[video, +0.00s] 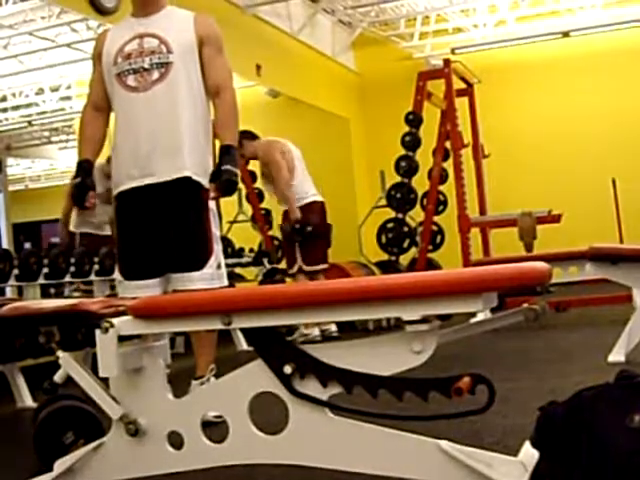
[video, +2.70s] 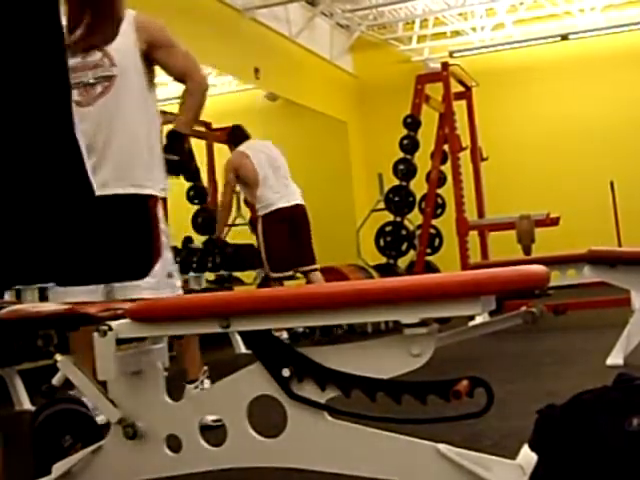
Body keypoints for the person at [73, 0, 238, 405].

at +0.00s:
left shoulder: (199, 27)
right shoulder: (107, 40)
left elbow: (222, 92)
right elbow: (97, 108)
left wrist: (229, 155)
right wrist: (84, 169)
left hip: (187, 174)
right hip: (132, 181)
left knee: (199, 287)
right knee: (141, 294)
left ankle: (205, 381)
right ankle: (150, 387)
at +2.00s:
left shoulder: (209, 29)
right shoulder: (119, 39)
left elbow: (261, 78)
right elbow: (106, 106)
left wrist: (232, 129)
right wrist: (93, 161)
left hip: (193, 179)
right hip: (135, 182)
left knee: (201, 294)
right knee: (135, 297)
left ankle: (203, 383)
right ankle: (143, 387)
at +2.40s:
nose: (92, 10)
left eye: (96, 4)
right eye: (89, 8)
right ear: (98, 2)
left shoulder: (182, 26)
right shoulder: (93, 41)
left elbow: (240, 73)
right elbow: (83, 112)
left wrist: (211, 128)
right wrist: (71, 175)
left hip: (174, 187)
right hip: (113, 191)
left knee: (191, 302)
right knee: (99, 308)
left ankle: (202, 391)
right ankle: (96, 400)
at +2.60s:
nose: (83, 7)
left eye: (93, 2)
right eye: (81, 2)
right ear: (76, 1)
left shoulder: (150, 26)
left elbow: (211, 78)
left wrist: (190, 129)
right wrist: (190, 129)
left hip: (146, 186)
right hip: (86, 191)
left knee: (174, 296)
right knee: (86, 308)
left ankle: (199, 386)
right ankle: (90, 399)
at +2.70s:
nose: (73, 9)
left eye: (78, 4)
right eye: (73, 5)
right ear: (74, 5)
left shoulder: (138, 28)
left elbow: (196, 79)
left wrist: (179, 134)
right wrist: (180, 132)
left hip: (134, 184)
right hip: (82, 189)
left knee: (161, 296)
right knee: (77, 306)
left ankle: (195, 382)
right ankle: (86, 397)